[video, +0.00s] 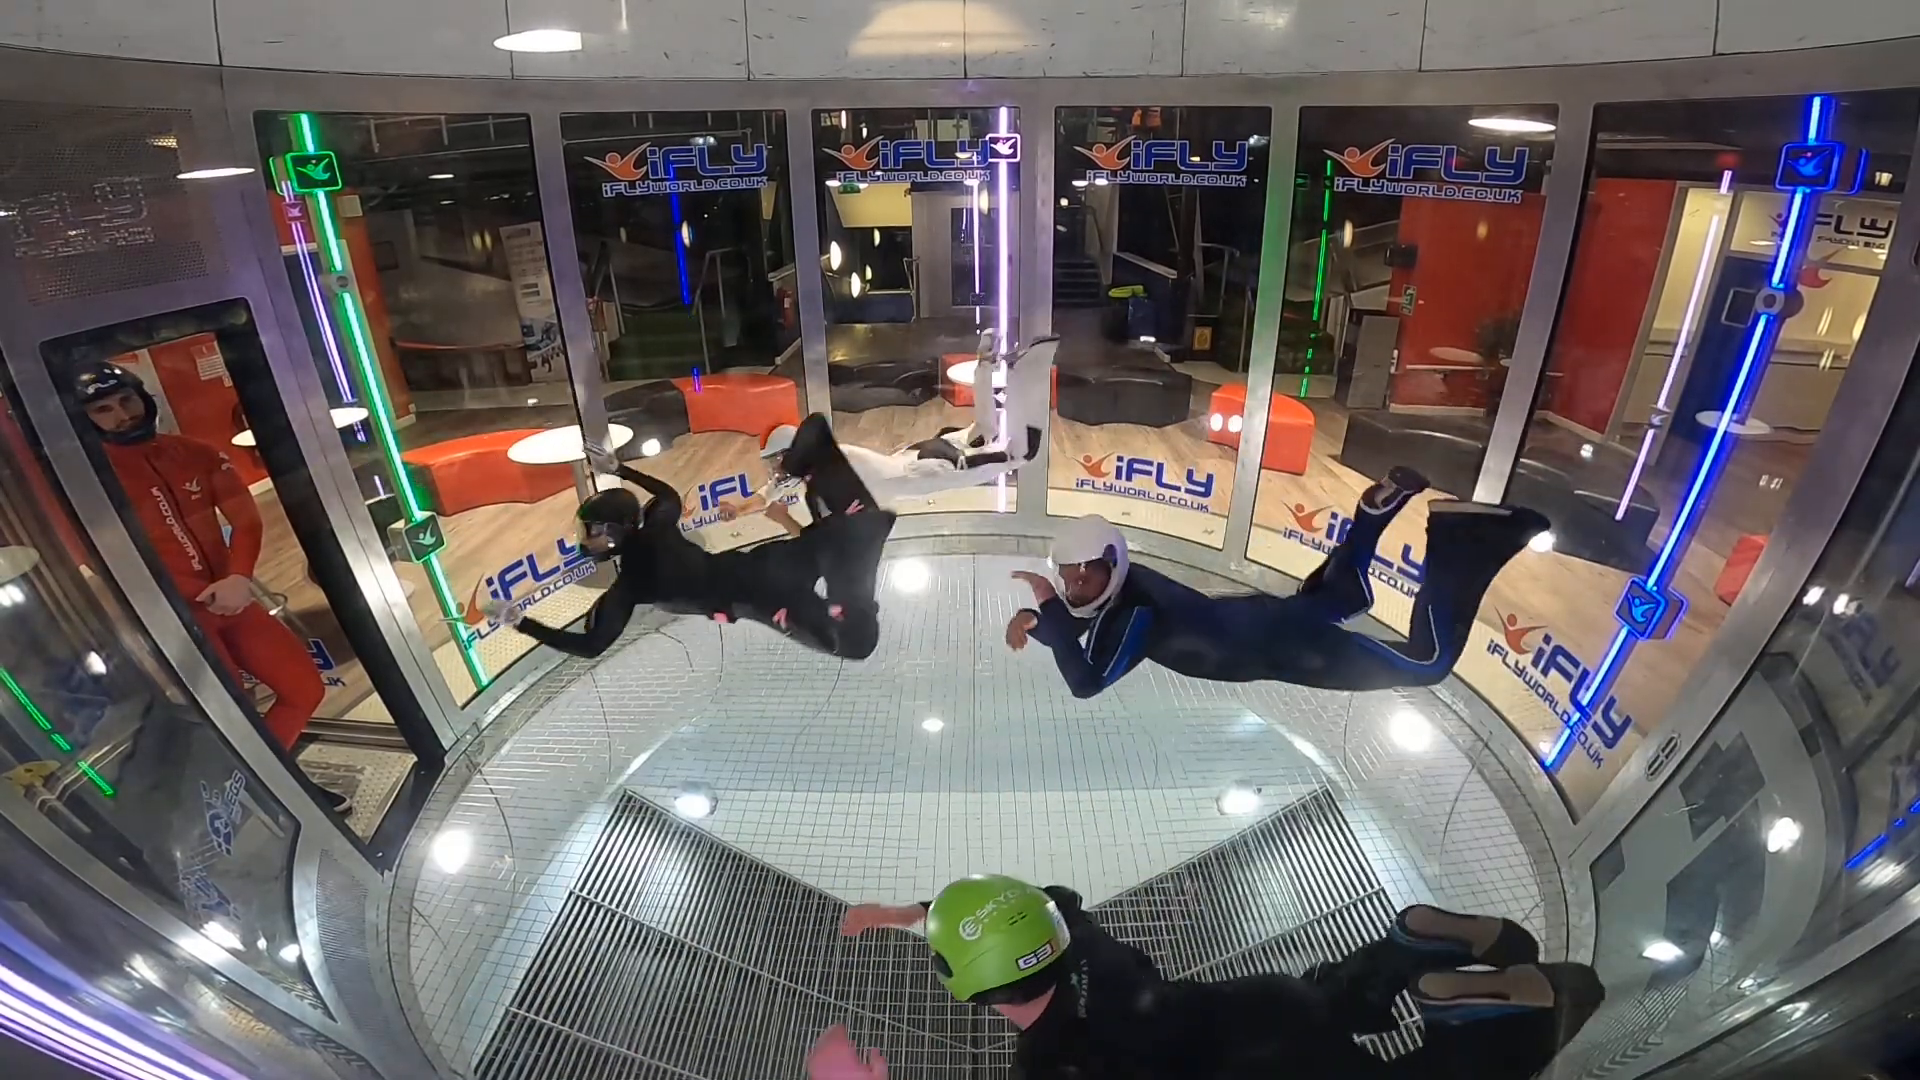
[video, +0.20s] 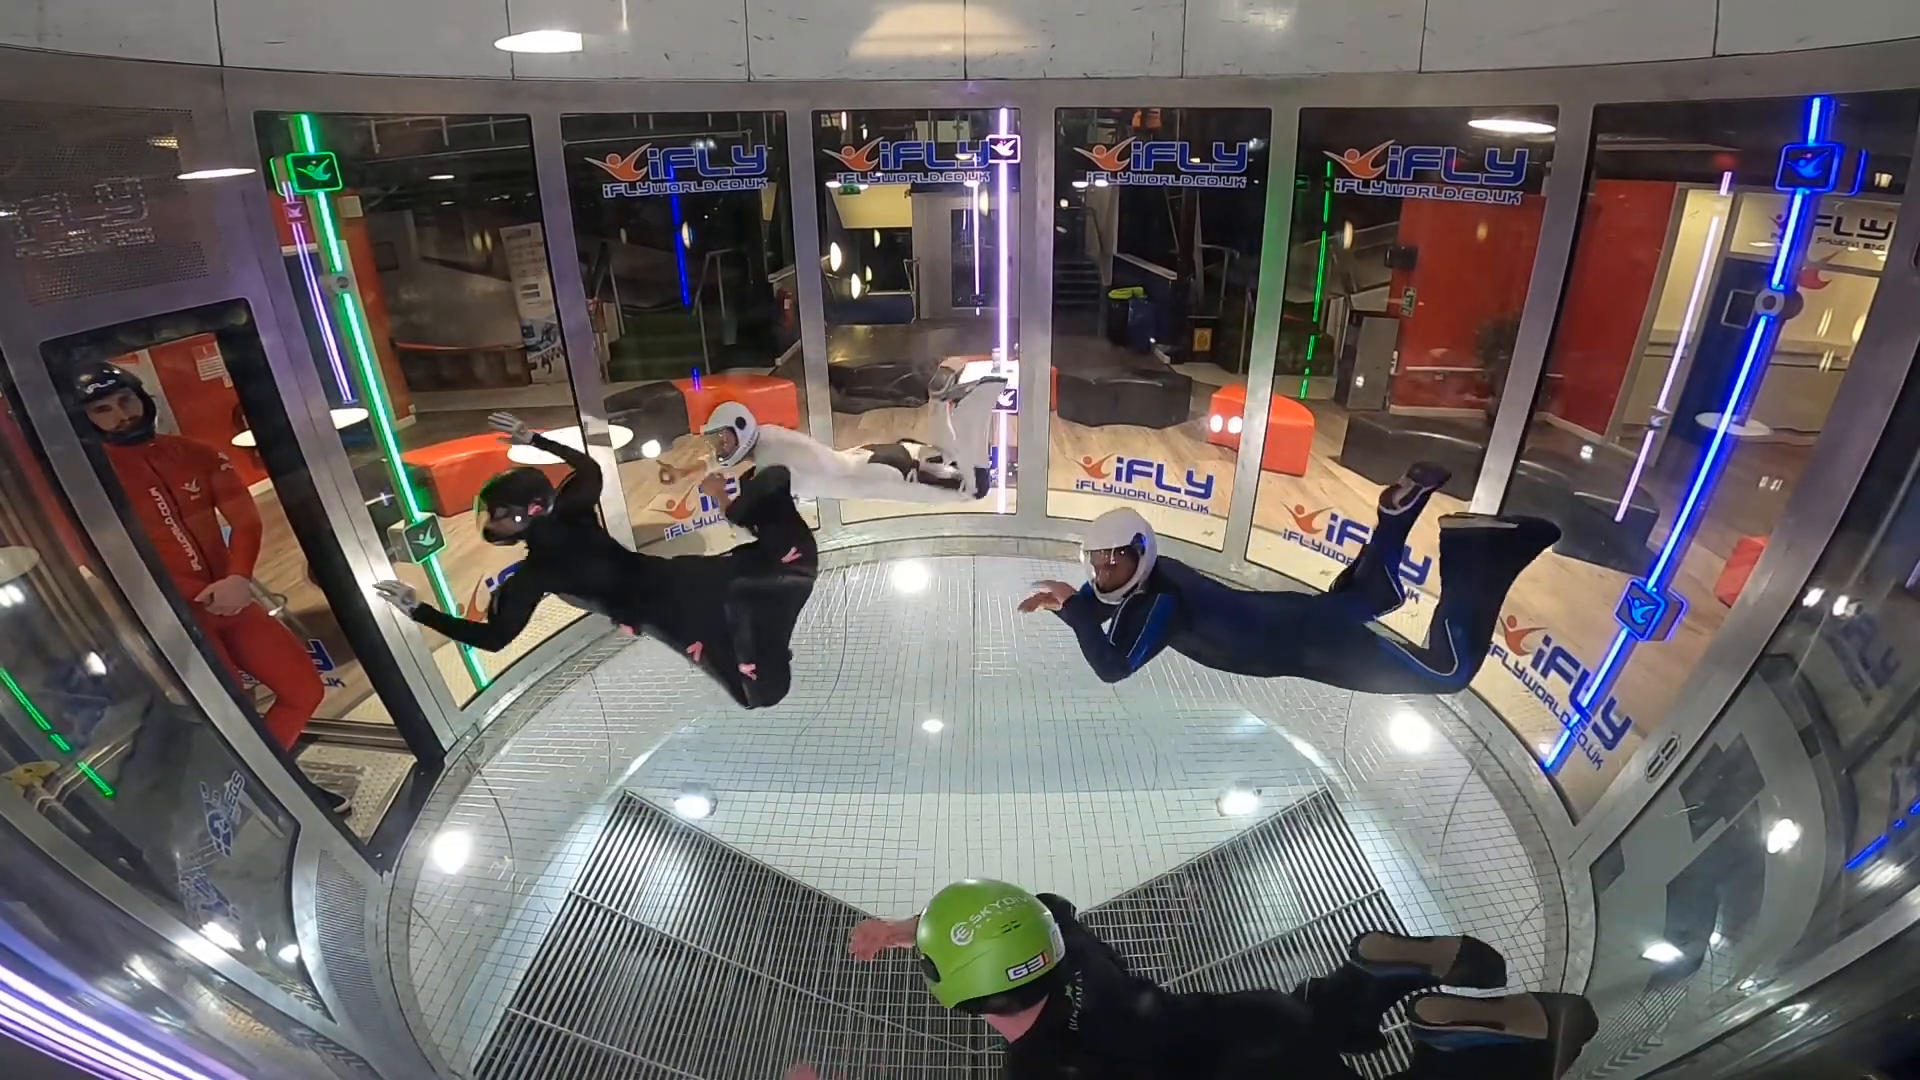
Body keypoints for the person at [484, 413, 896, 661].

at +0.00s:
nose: (584, 538)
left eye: (590, 532)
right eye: (585, 529)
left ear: (613, 534)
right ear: (625, 521)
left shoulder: (631, 578)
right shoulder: (655, 521)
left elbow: (592, 644)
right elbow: (666, 492)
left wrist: (517, 622)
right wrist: (620, 466)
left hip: (764, 598)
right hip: (769, 558)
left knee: (859, 645)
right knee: (860, 522)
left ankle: (847, 558)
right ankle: (812, 456)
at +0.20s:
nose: (489, 521)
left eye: (497, 514)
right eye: (490, 512)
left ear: (523, 517)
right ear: (537, 503)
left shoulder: (533, 571)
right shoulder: (570, 507)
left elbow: (494, 637)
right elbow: (587, 467)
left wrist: (421, 612)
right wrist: (535, 437)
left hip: (675, 612)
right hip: (686, 575)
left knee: (762, 691)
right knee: (795, 562)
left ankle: (754, 595)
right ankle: (754, 499)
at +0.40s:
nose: (388, 530)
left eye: (397, 519)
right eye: (387, 518)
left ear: (430, 517)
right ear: (442, 508)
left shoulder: (442, 571)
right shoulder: (479, 523)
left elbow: (385, 642)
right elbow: (486, 499)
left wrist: (316, 609)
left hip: (587, 649)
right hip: (606, 607)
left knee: (666, 747)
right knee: (720, 627)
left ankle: (691, 678)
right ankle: (715, 578)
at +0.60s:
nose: (272, 568)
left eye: (280, 556)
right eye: (272, 555)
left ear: (308, 561)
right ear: (344, 542)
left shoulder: (333, 628)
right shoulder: (387, 567)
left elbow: (295, 704)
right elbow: (348, 612)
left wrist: (219, 664)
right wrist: (278, 599)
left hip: (512, 704)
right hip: (532, 657)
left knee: (582, 811)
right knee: (605, 690)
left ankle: (634, 743)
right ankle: (644, 653)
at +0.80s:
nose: (194, 634)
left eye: (195, 623)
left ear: (212, 639)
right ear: (265, 604)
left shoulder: (252, 697)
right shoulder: (294, 643)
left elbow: (217, 785)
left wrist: (162, 728)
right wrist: (194, 701)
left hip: (440, 787)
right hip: (456, 740)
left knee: (543, 885)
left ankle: (598, 817)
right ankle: (584, 749)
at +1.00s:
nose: (267, 624)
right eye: (251, 622)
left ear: (207, 680)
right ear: (245, 652)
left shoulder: (240, 749)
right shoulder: (296, 717)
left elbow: (205, 835)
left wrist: (169, 765)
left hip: (414, 860)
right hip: (440, 825)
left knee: (549, 965)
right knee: (558, 886)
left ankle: (600, 872)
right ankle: (613, 861)